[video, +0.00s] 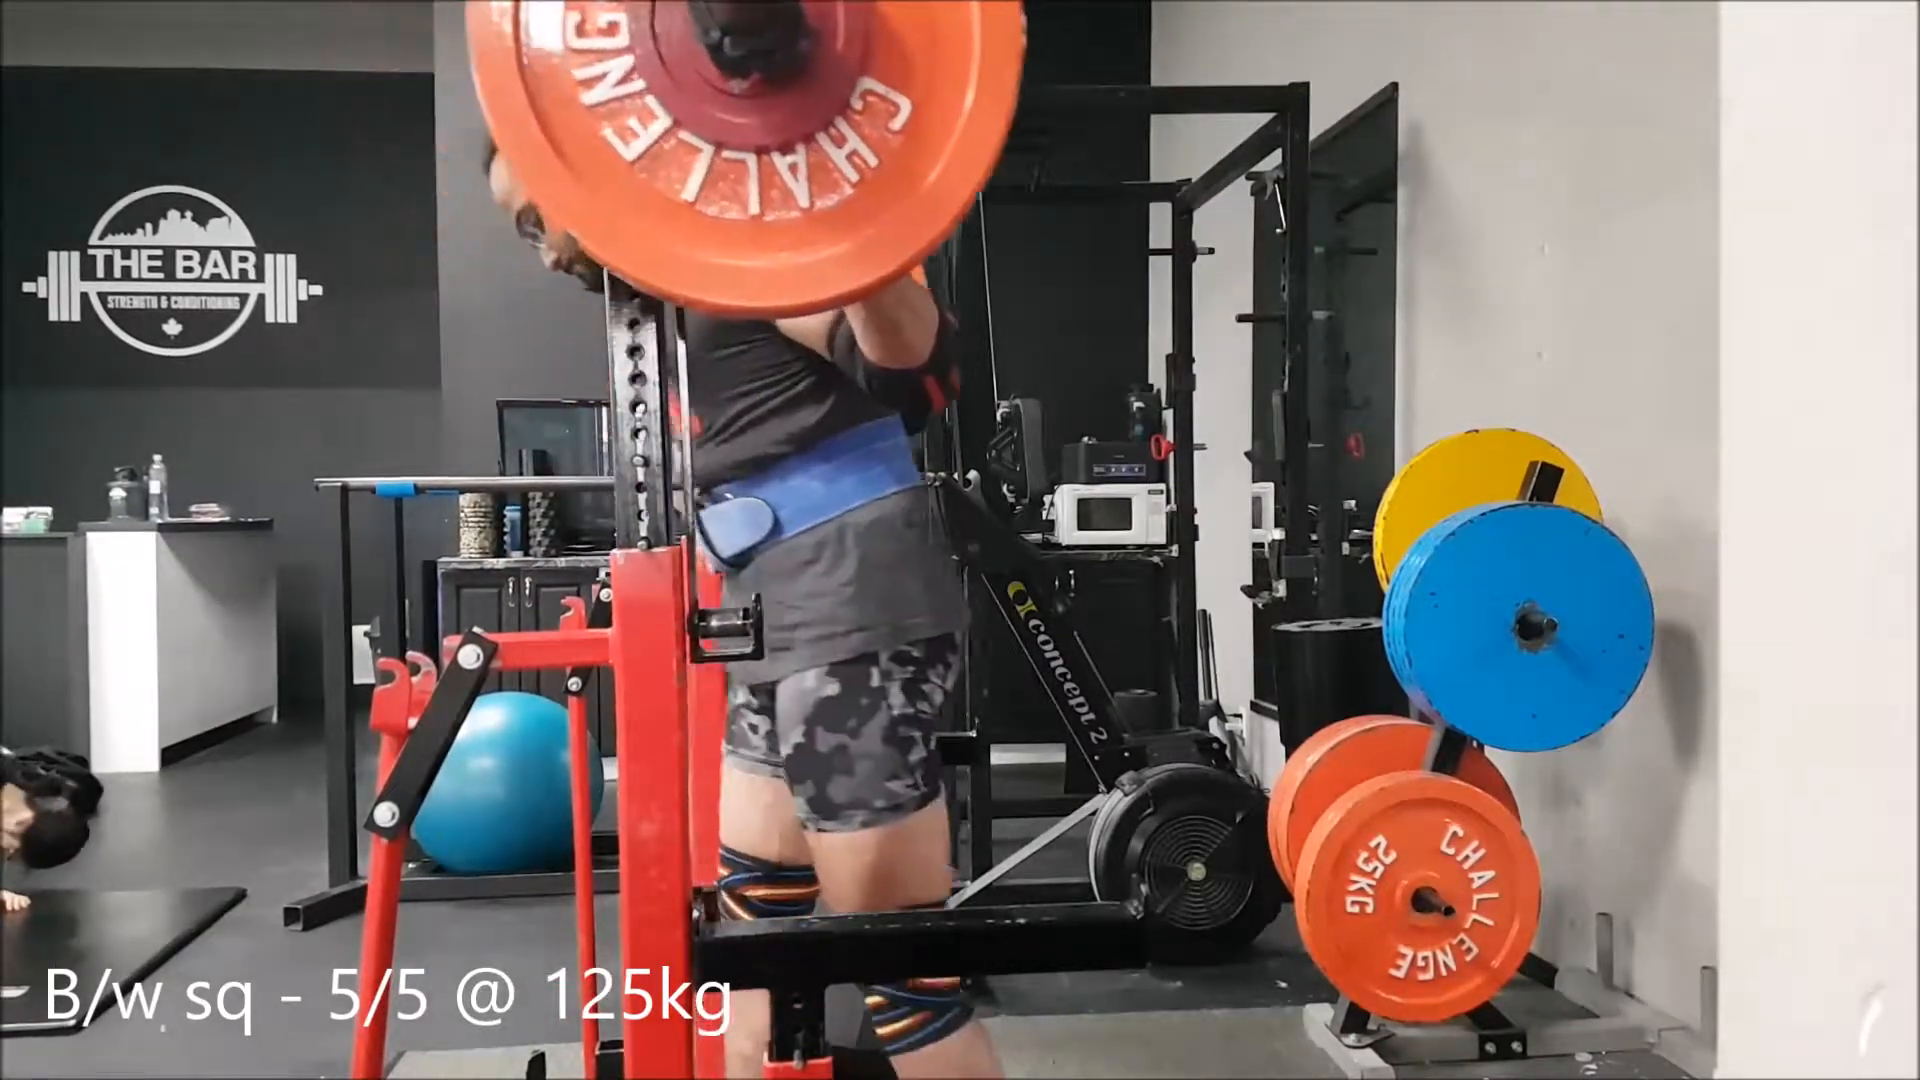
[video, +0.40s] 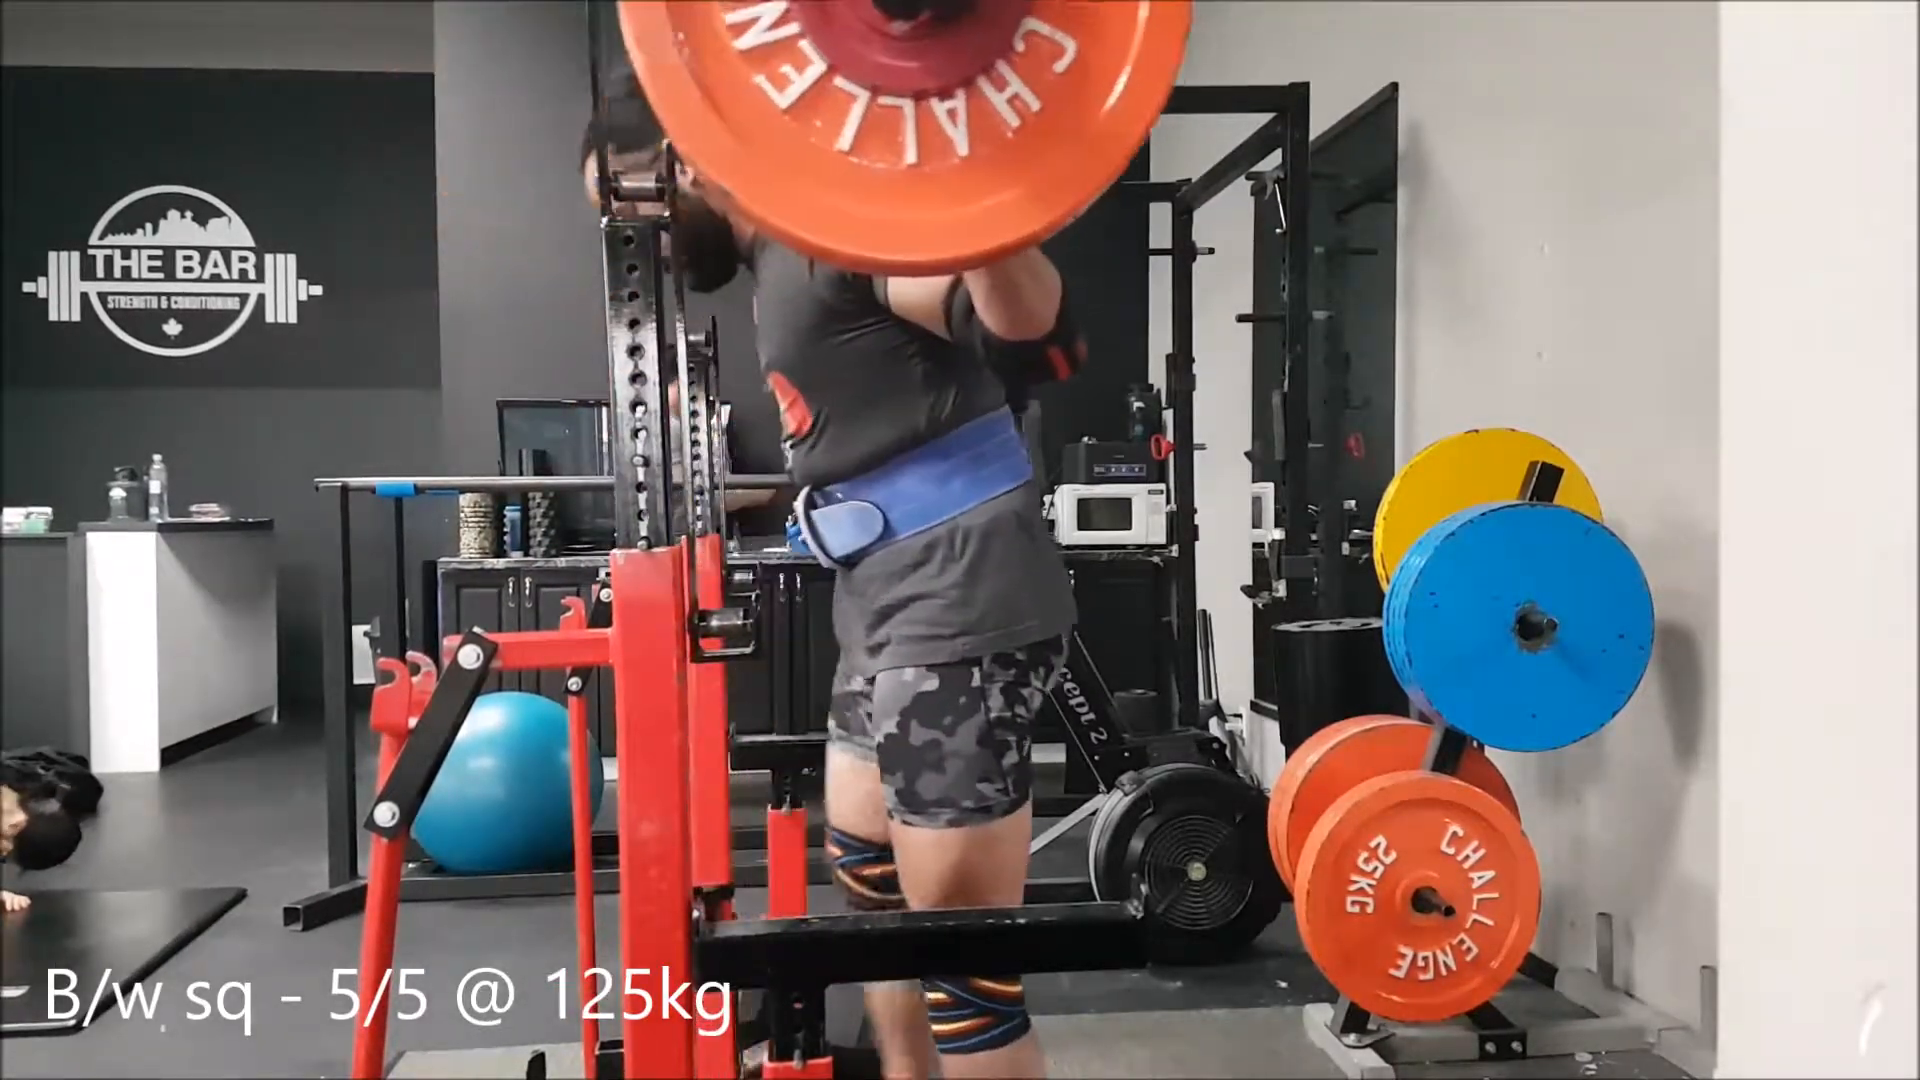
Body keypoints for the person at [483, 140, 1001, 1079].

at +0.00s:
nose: (547, 243)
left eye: (544, 209)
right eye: (529, 223)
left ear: (598, 173)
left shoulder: (752, 216)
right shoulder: (662, 257)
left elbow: (905, 341)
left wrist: (847, 181)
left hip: (851, 569)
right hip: (768, 581)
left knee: (901, 971)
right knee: (752, 927)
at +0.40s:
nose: (659, 212)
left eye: (654, 181)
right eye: (639, 196)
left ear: (705, 140)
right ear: (682, 165)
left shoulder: (850, 220)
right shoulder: (773, 253)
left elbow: (1027, 318)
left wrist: (968, 158)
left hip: (957, 573)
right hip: (877, 580)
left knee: (961, 961)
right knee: (867, 878)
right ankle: (912, 1079)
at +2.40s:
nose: (746, 266)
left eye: (739, 232)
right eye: (729, 248)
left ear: (795, 181)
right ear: (794, 189)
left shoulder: (936, 236)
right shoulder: (878, 286)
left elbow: (1133, 336)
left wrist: (1130, 162)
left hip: (1045, 593)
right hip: (984, 601)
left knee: (1045, 938)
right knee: (1004, 931)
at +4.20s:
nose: (748, 301)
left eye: (743, 270)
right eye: (732, 284)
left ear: (795, 214)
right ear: (795, 224)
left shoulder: (924, 286)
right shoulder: (865, 333)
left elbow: (1116, 417)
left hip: (1080, 610)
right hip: (1000, 627)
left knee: (959, 946)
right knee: (928, 858)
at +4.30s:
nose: (743, 341)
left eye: (736, 312)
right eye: (727, 326)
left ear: (790, 257)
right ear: (789, 265)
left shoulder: (915, 325)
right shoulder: (854, 382)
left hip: (1097, 644)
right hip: (1011, 662)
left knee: (957, 950)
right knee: (923, 860)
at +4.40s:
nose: (737, 394)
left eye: (731, 365)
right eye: (722, 378)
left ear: (787, 312)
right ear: (784, 320)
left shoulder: (900, 365)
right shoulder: (849, 421)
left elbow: (1038, 281)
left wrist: (1125, 208)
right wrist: (814, 500)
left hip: (1119, 683)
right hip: (1027, 691)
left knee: (948, 999)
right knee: (915, 866)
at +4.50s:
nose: (740, 449)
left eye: (730, 416)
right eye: (724, 429)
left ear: (781, 364)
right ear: (783, 368)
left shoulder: (918, 411)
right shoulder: (855, 444)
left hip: (1126, 721)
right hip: (1023, 723)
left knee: (938, 1005)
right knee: (905, 868)